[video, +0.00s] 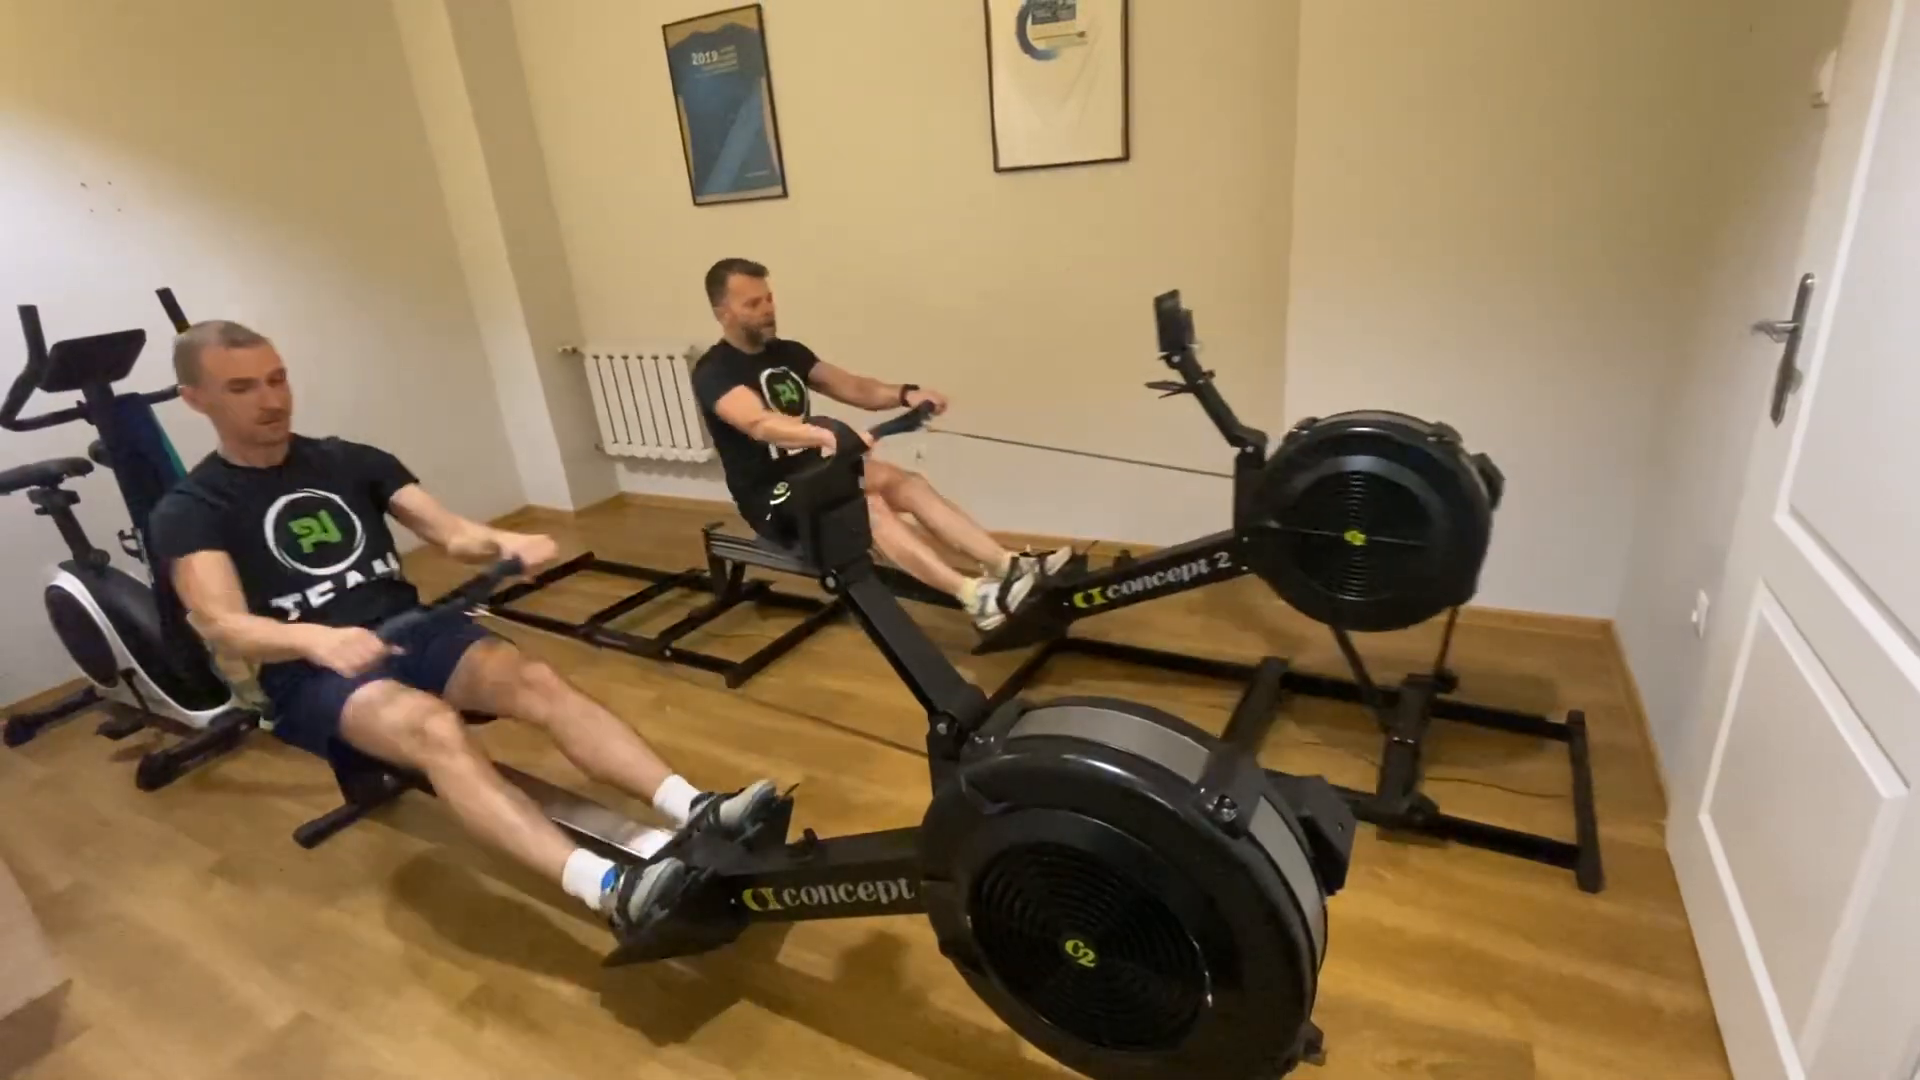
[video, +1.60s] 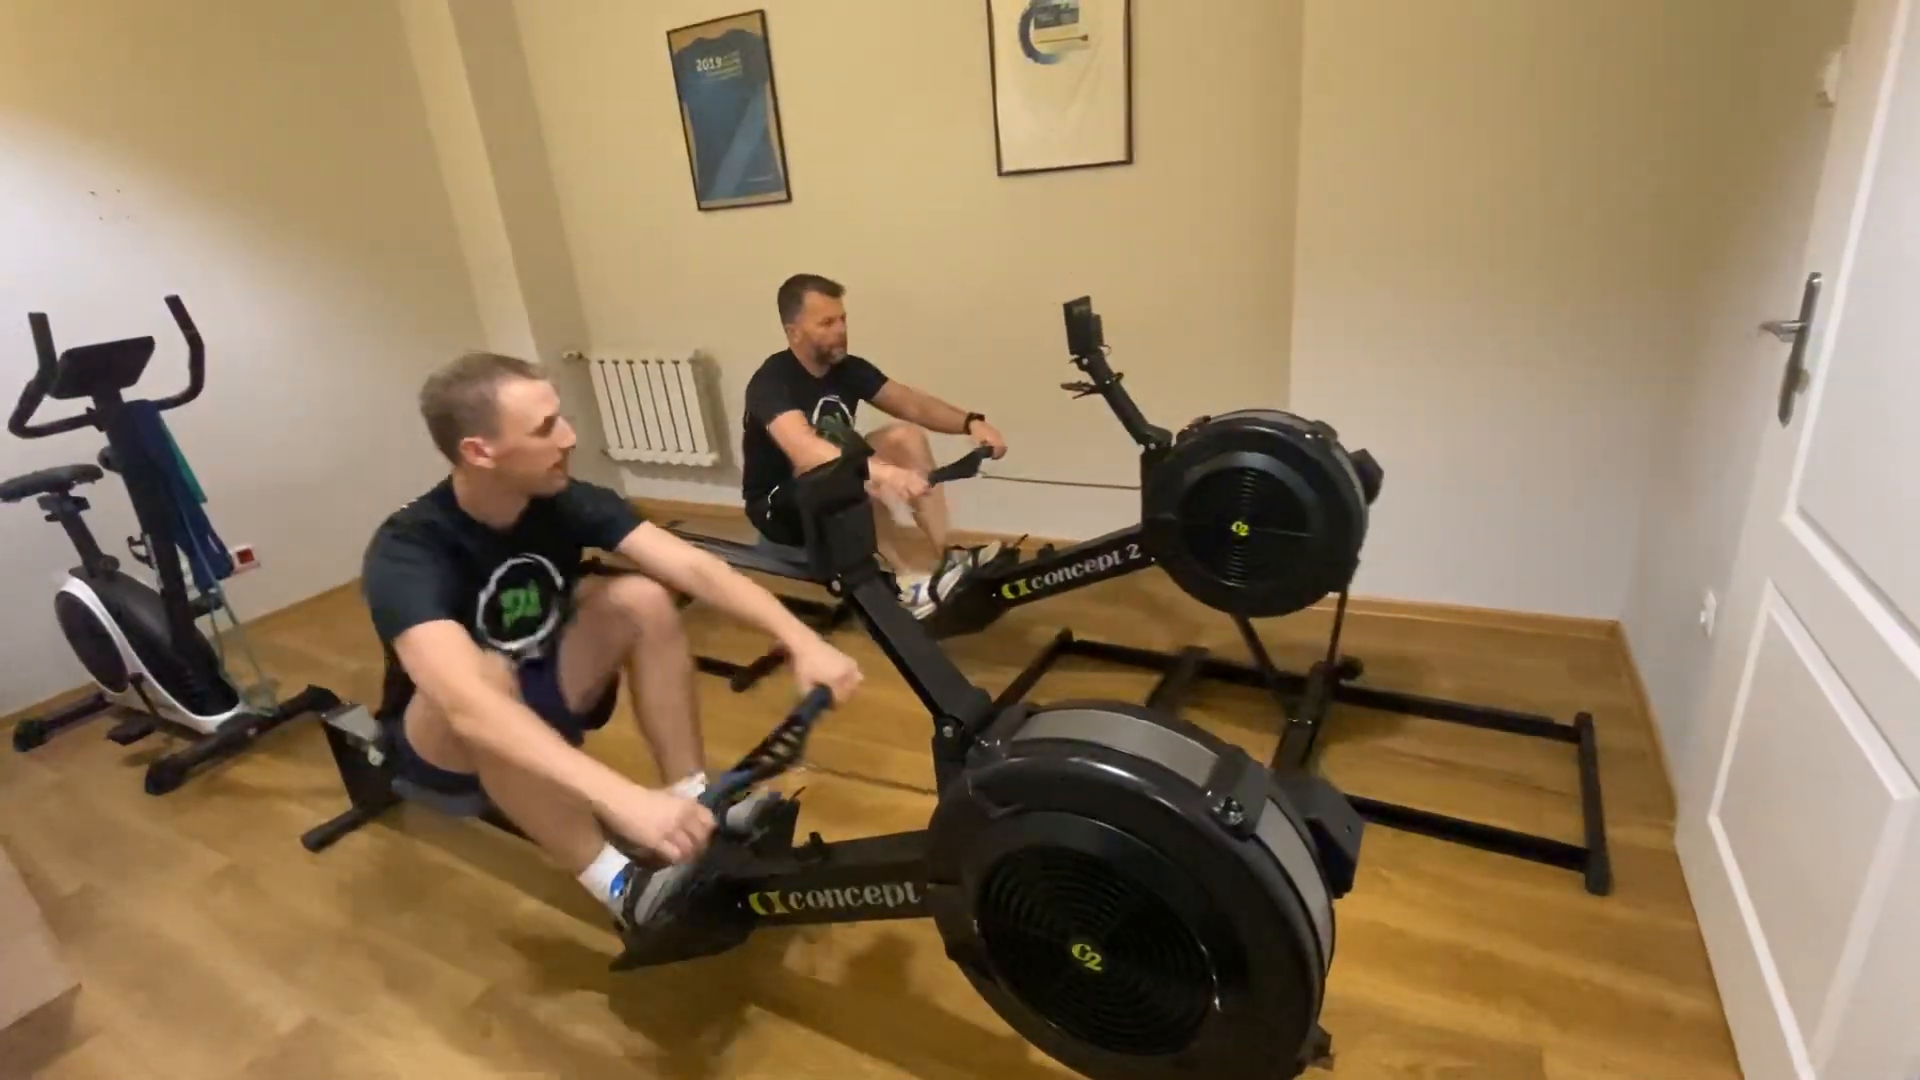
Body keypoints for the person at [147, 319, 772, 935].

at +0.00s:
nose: (270, 399)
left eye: (275, 379)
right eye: (243, 389)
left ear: (287, 372)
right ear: (196, 400)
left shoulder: (349, 462)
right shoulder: (190, 511)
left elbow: (449, 531)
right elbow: (224, 625)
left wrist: (505, 543)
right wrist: (314, 639)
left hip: (403, 626)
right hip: (308, 668)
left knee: (532, 679)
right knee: (432, 727)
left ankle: (697, 812)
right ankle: (608, 889)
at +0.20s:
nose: (253, 421)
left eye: (258, 401)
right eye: (228, 412)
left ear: (271, 394)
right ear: (185, 426)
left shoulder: (333, 479)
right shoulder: (173, 532)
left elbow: (414, 543)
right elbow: (149, 655)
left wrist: (435, 544)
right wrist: (213, 638)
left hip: (400, 627)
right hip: (312, 669)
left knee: (526, 709)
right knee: (436, 756)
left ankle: (697, 812)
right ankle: (612, 892)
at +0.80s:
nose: (332, 394)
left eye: (325, 377)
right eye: (309, 386)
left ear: (263, 402)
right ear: (247, 408)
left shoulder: (358, 470)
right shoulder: (204, 513)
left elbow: (462, 543)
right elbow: (180, 657)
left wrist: (516, 574)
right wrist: (295, 682)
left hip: (418, 641)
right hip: (329, 680)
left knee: (536, 680)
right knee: (441, 728)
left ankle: (692, 810)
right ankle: (610, 888)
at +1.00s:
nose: (381, 395)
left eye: (374, 378)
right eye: (359, 384)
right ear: (297, 406)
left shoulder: (399, 471)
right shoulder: (241, 513)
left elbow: (509, 540)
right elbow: (246, 658)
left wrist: (581, 590)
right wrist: (360, 705)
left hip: (437, 639)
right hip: (346, 679)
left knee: (562, 650)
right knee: (448, 720)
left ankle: (694, 813)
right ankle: (614, 890)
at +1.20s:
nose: (442, 405)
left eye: (435, 387)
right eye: (419, 395)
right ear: (359, 416)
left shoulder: (448, 475)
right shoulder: (293, 519)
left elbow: (568, 541)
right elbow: (318, 659)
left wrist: (661, 607)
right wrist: (455, 737)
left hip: (471, 649)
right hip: (378, 685)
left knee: (578, 622)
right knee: (449, 685)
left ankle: (696, 811)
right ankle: (615, 887)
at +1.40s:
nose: (502, 420)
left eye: (494, 400)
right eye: (478, 410)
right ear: (413, 432)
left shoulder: (503, 486)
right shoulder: (344, 535)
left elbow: (627, 555)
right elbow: (398, 687)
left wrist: (728, 625)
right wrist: (538, 767)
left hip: (502, 676)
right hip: (404, 718)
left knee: (614, 605)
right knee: (460, 675)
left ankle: (698, 814)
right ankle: (619, 889)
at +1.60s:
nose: (569, 438)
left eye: (561, 419)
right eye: (545, 429)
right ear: (480, 452)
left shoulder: (565, 503)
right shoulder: (408, 552)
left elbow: (692, 568)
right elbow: (466, 706)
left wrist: (801, 640)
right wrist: (624, 798)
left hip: (540, 692)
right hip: (443, 736)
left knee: (642, 601)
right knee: (478, 676)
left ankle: (693, 806)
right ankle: (621, 889)